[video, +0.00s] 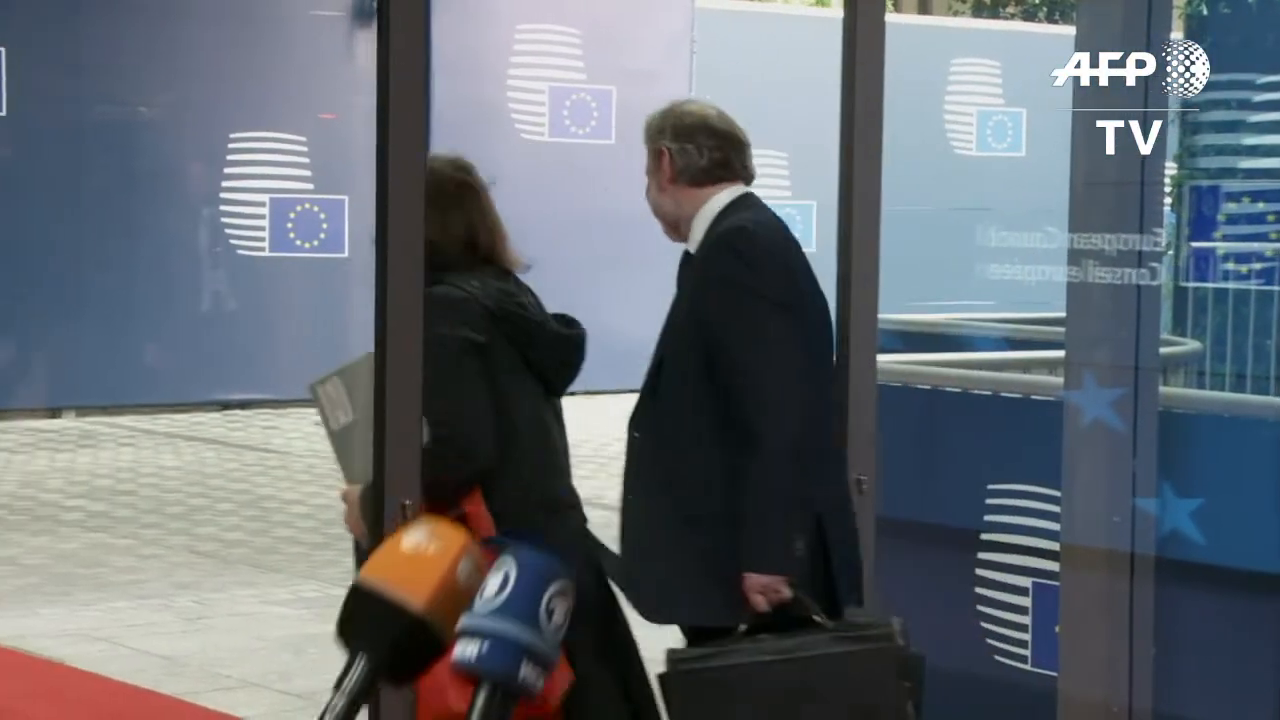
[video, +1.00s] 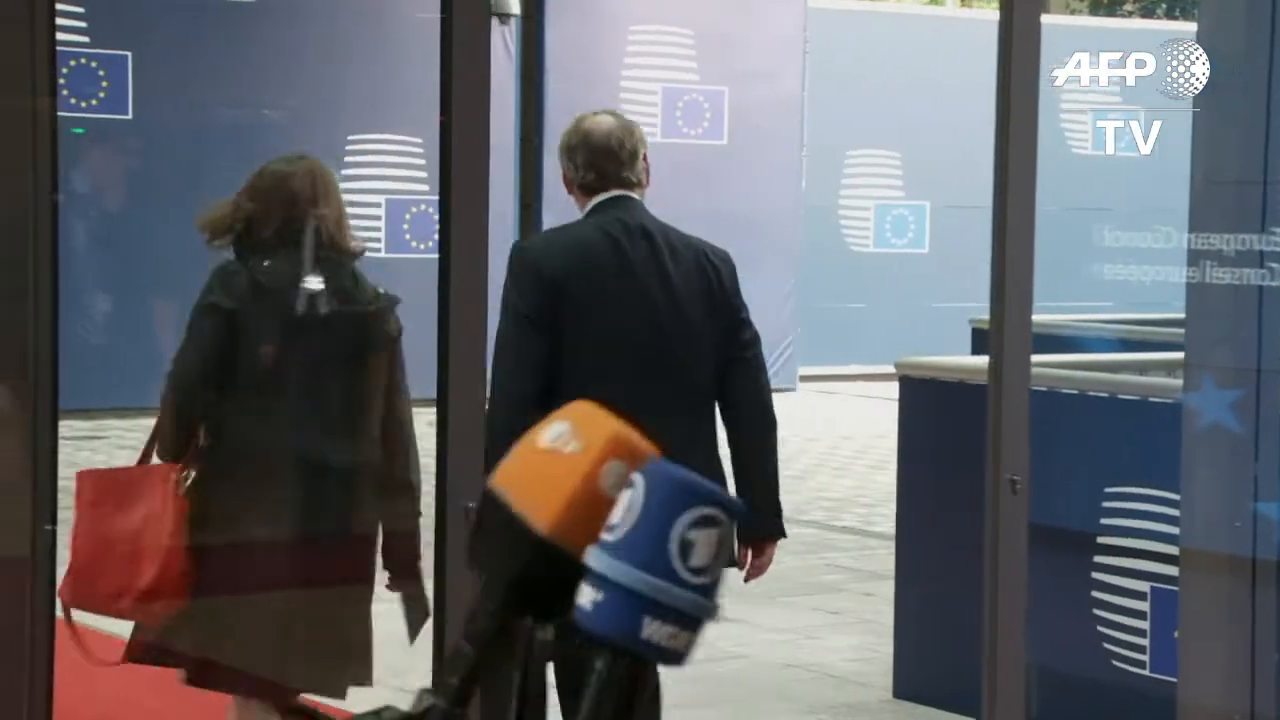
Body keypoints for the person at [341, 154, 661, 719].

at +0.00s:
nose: (390, 236)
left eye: (398, 221)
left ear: (416, 229)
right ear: (480, 222)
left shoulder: (441, 310)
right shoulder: (507, 298)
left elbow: (463, 447)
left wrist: (380, 507)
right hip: (548, 551)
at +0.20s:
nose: (360, 236)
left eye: (367, 219)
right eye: (362, 222)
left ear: (389, 216)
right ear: (452, 209)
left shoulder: (406, 284)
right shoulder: (488, 275)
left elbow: (421, 409)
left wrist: (341, 465)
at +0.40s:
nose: (340, 216)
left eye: (349, 201)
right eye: (345, 201)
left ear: (374, 207)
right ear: (435, 206)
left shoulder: (376, 282)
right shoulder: (471, 276)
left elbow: (381, 407)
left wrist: (305, 454)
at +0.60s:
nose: (307, 227)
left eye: (314, 215)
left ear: (323, 221)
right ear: (389, 220)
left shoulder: (323, 292)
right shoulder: (417, 288)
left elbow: (310, 410)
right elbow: (426, 400)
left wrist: (263, 462)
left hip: (337, 496)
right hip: (410, 491)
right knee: (398, 646)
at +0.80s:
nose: (275, 215)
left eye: (282, 203)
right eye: (280, 203)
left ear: (291, 205)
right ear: (352, 204)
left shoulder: (279, 272)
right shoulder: (393, 280)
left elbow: (247, 382)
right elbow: (405, 404)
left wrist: (203, 437)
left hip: (298, 502)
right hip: (383, 501)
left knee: (276, 673)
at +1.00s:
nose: (243, 221)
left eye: (250, 210)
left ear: (255, 214)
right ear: (334, 216)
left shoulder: (234, 287)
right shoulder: (368, 304)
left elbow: (179, 417)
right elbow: (396, 443)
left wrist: (178, 449)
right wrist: (403, 550)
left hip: (244, 521)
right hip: (336, 527)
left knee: (253, 690)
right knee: (278, 688)